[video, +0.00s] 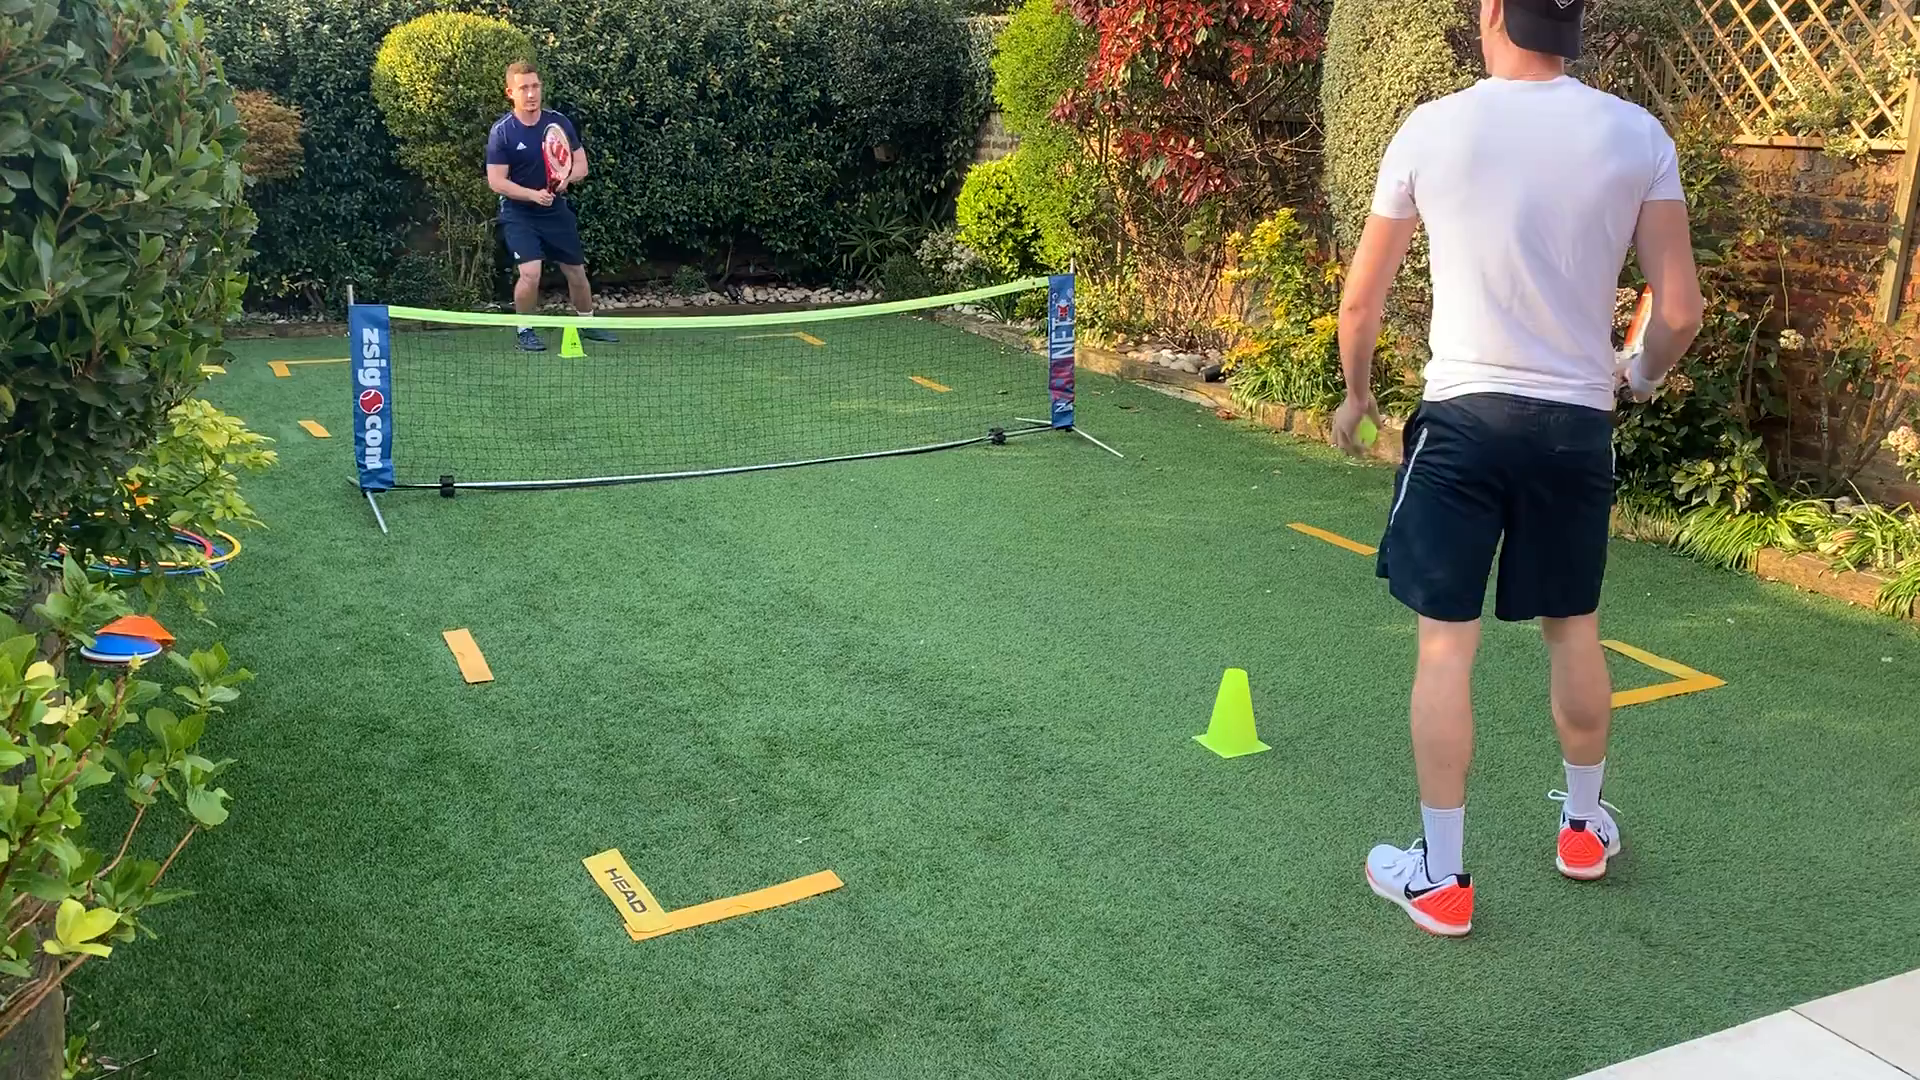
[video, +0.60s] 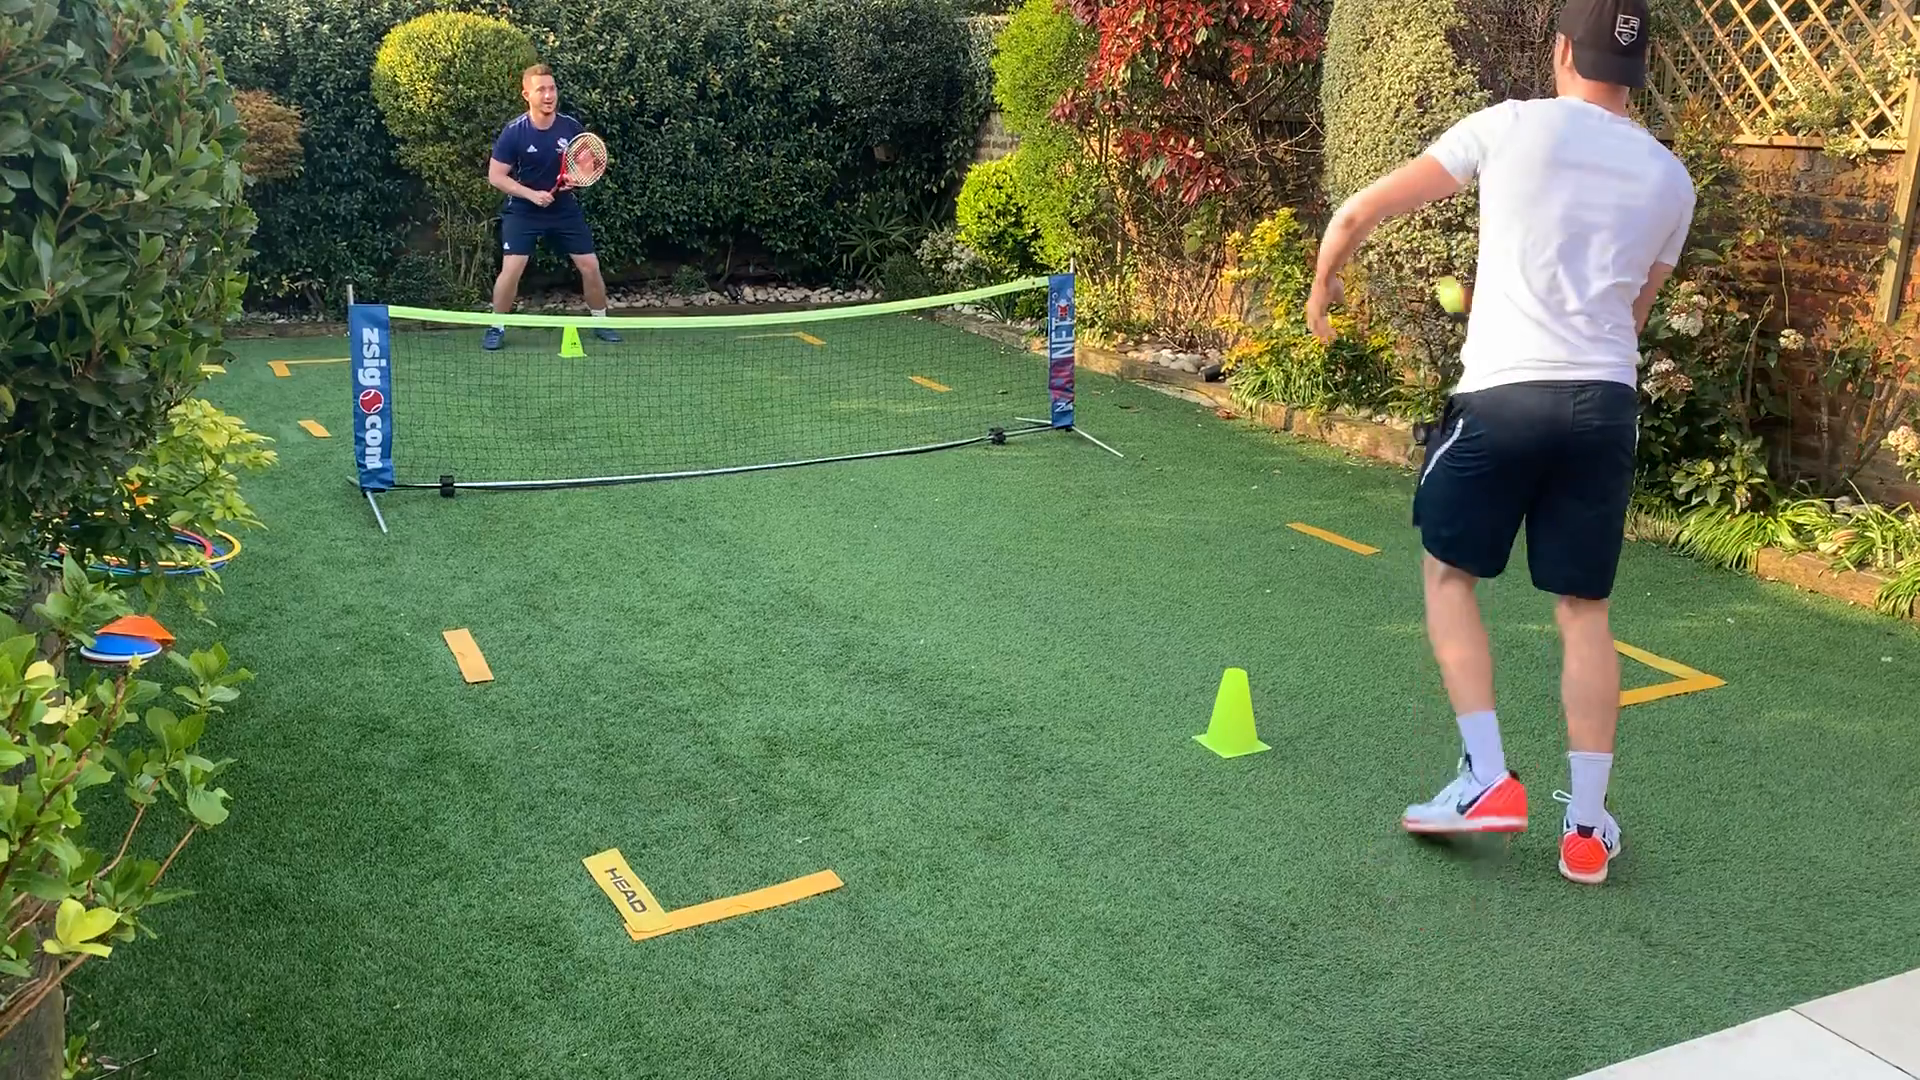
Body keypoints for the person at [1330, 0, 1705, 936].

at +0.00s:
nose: (1480, 23)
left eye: (1481, 13)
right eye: (1491, 15)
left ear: (1492, 19)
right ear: (1574, 32)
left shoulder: (1434, 126)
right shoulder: (1636, 135)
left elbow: (1362, 295)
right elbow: (1679, 311)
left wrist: (1354, 393)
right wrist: (1637, 373)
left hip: (1462, 417)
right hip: (1576, 427)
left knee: (1445, 643)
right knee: (1573, 623)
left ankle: (1442, 874)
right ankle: (1585, 823)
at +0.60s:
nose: (1551, 62)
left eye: (1554, 49)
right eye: (1562, 49)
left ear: (1564, 55)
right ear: (1640, 71)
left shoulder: (1508, 128)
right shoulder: (1672, 181)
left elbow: (1364, 211)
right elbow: (1636, 305)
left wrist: (1322, 282)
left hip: (1503, 400)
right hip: (1606, 412)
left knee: (1451, 575)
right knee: (1587, 610)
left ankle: (1487, 777)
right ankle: (1588, 824)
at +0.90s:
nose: (1441, 57)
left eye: (1444, 43)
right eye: (1445, 42)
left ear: (1462, 50)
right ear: (1521, 52)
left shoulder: (1434, 139)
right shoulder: (1570, 155)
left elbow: (1367, 242)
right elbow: (1577, 299)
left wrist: (1314, 345)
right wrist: (1506, 317)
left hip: (1459, 391)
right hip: (1550, 387)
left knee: (1461, 553)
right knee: (1546, 556)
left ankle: (1498, 701)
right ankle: (1597, 709)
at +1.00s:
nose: (1393, 80)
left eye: (1396, 66)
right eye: (1393, 66)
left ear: (1420, 64)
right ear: (1466, 64)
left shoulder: (1407, 152)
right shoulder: (1528, 158)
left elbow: (1358, 272)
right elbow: (1570, 285)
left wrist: (1325, 373)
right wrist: (1517, 336)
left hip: (1436, 395)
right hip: (1513, 386)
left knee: (1433, 545)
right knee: (1478, 515)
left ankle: (1498, 702)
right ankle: (1570, 648)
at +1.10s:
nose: (1354, 77)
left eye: (1356, 62)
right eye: (1353, 62)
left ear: (1382, 56)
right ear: (1423, 58)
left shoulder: (1376, 133)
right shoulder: (1482, 146)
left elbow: (1342, 255)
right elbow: (1554, 261)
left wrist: (1319, 332)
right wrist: (1542, 348)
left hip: (1417, 378)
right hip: (1470, 362)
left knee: (1406, 534)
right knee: (1393, 491)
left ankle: (1498, 691)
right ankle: (1461, 624)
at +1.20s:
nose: (1313, 83)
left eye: (1316, 66)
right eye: (1312, 67)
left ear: (1345, 60)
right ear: (1376, 61)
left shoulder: (1345, 135)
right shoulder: (1441, 149)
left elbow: (1327, 257)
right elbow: (1517, 251)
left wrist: (1284, 304)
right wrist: (1533, 356)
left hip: (1378, 367)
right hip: (1422, 361)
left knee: (1304, 525)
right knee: (1336, 479)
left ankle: (1448, 627)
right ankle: (1345, 623)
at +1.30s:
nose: (1276, 105)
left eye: (1279, 90)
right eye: (1277, 89)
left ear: (1301, 92)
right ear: (1339, 93)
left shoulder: (1315, 176)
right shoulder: (1387, 174)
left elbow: (1304, 299)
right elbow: (1454, 274)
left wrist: (1241, 334)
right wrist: (1481, 376)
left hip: (1343, 401)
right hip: (1381, 394)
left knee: (1209, 512)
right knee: (1280, 483)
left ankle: (1334, 599)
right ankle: (1322, 622)